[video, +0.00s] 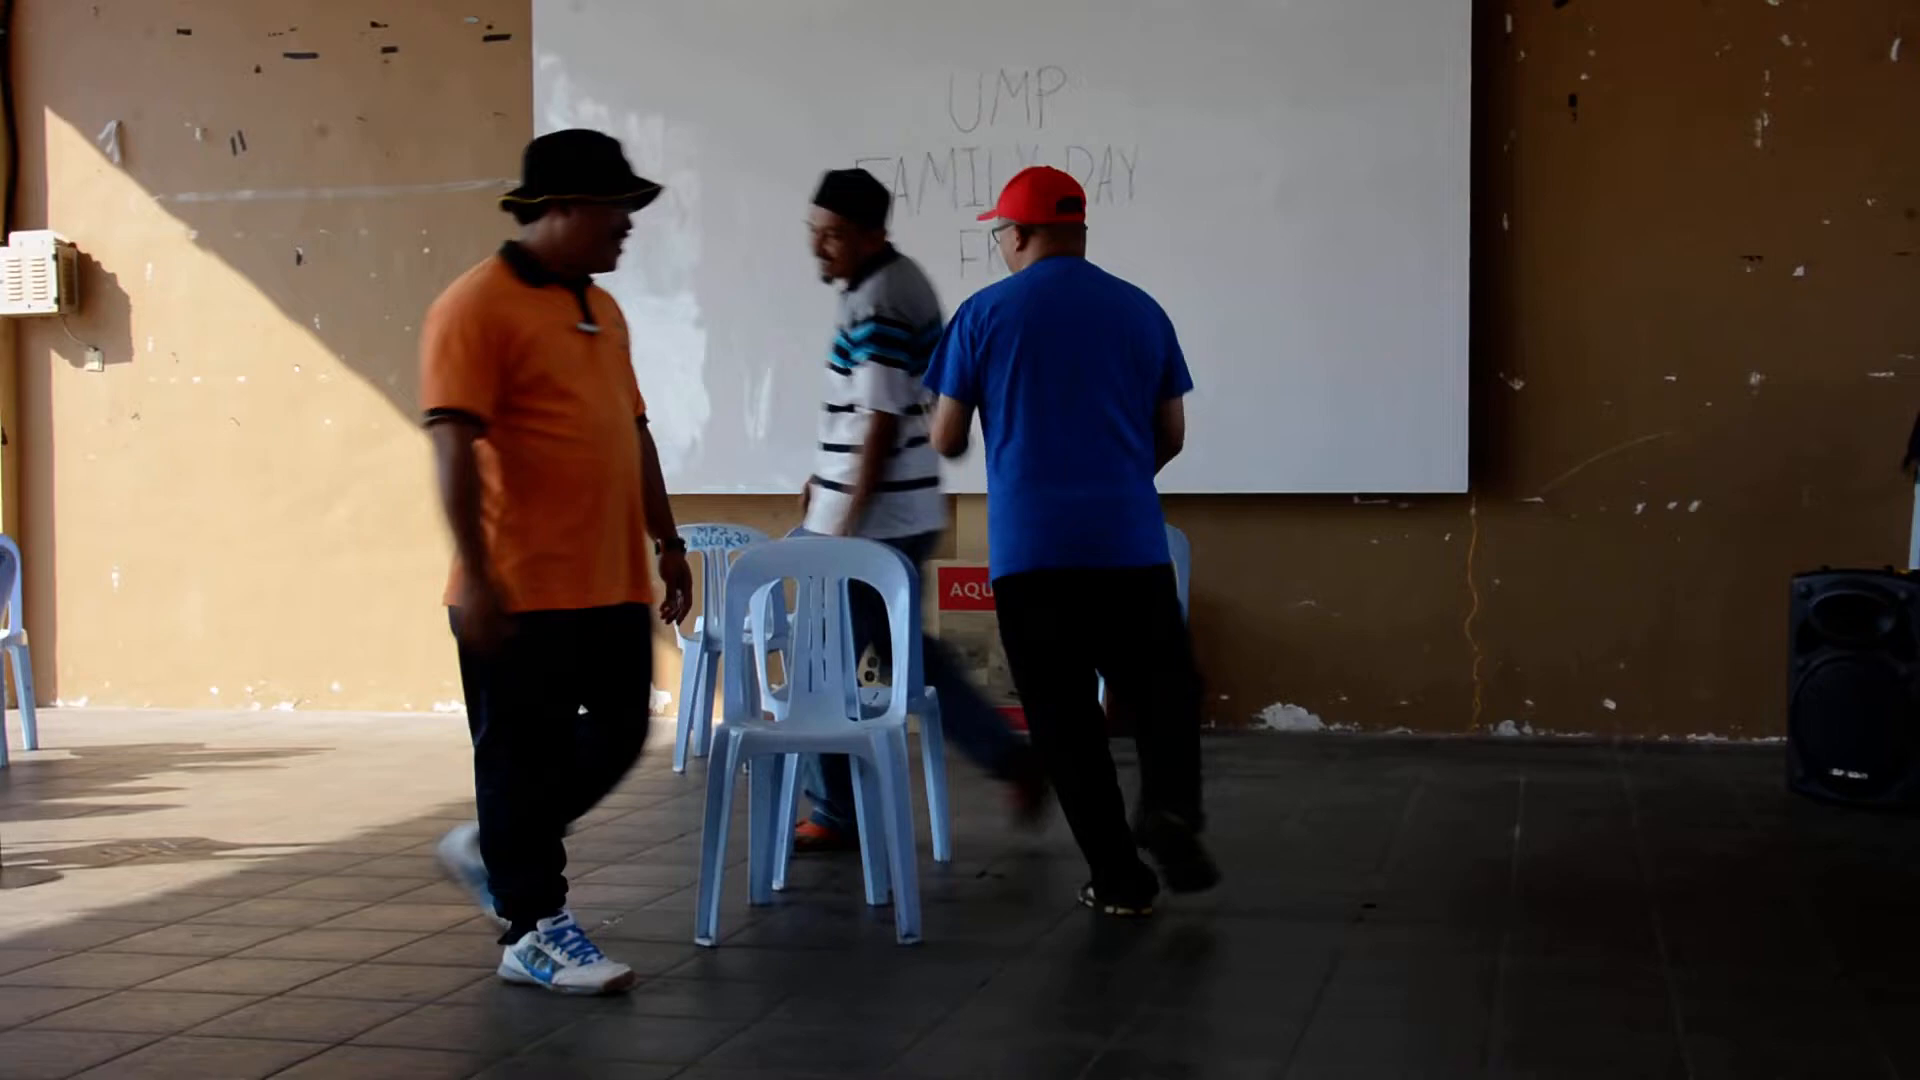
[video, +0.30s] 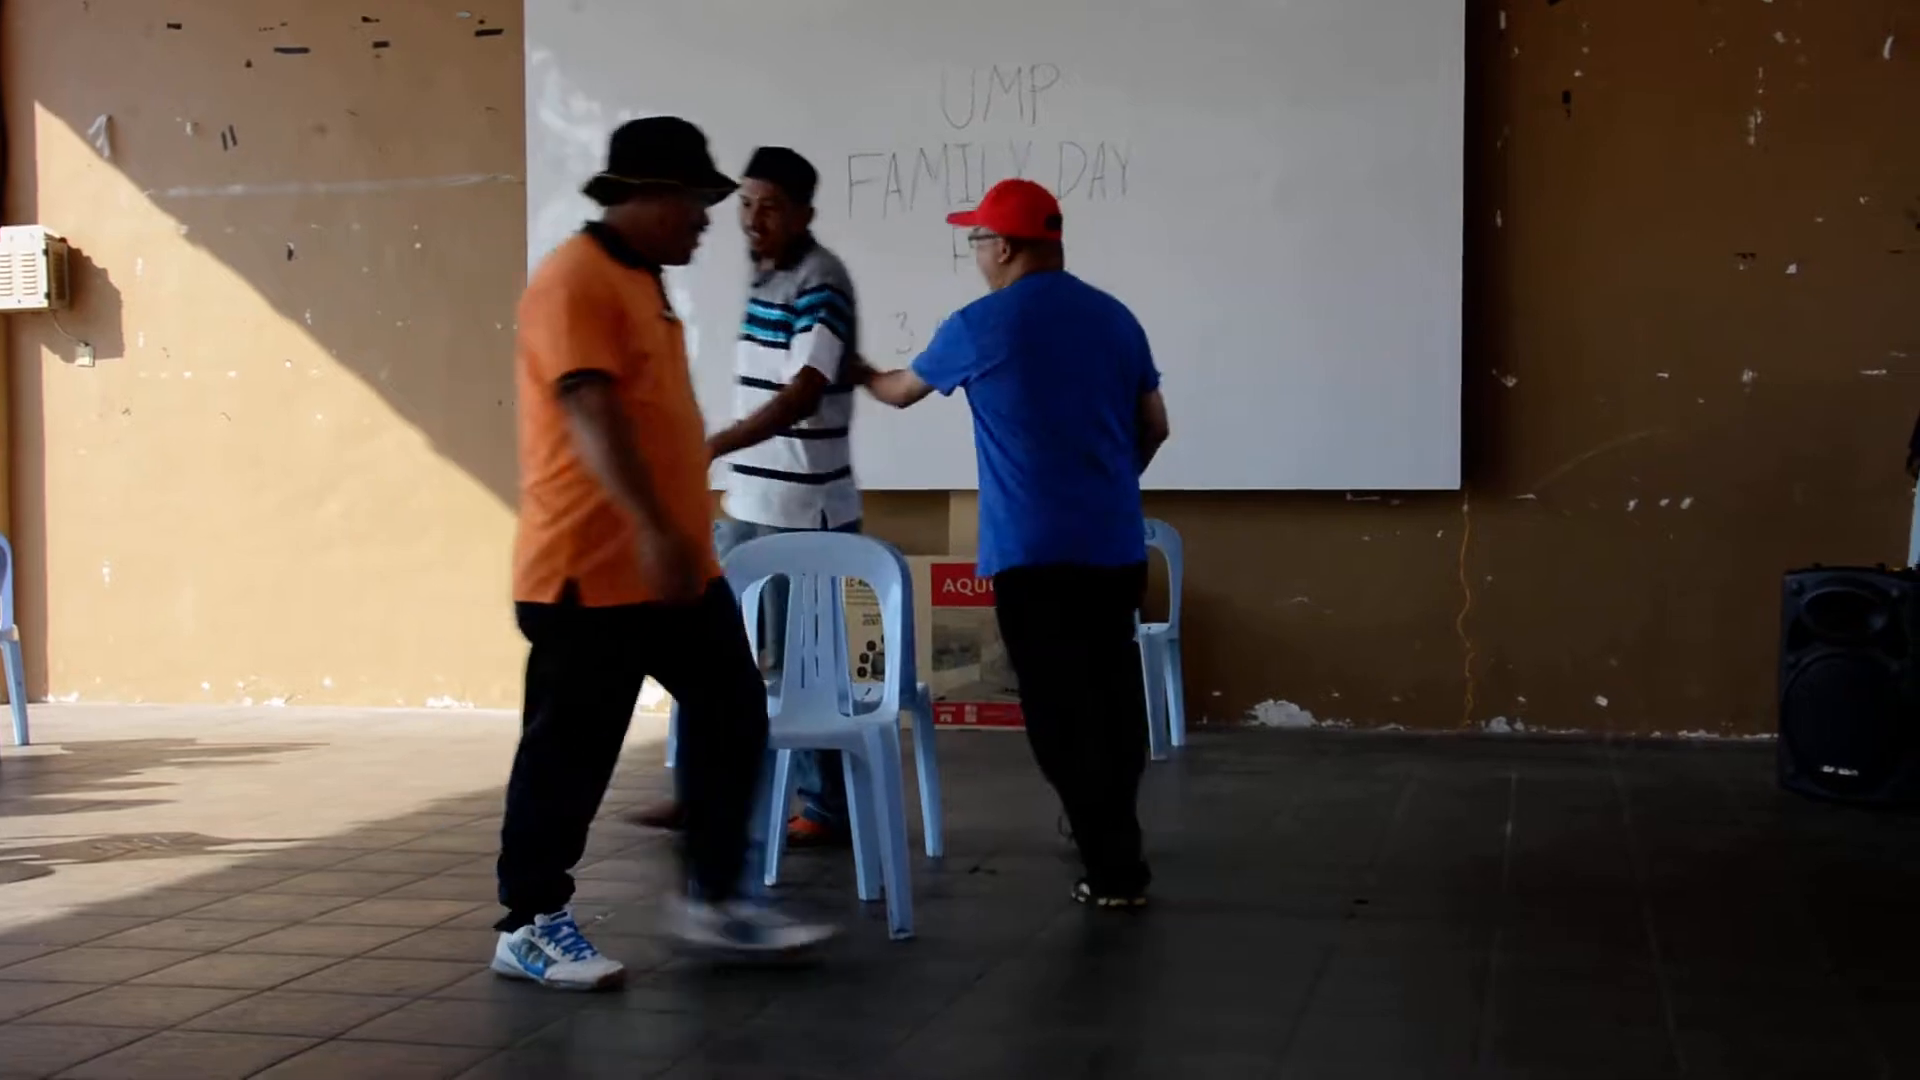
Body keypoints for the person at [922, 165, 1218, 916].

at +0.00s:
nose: (999, 248)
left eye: (1002, 235)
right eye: (1001, 236)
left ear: (1020, 236)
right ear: (1080, 232)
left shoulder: (984, 313)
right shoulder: (1140, 309)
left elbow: (945, 440)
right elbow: (1169, 436)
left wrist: (961, 395)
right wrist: (1114, 472)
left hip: (1031, 555)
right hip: (1131, 552)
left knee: (1062, 723)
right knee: (1166, 690)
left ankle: (1118, 881)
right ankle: (1172, 825)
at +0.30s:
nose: (974, 255)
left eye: (980, 242)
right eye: (975, 242)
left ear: (1006, 248)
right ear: (1050, 244)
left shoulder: (984, 322)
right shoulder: (1116, 317)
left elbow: (901, 389)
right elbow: (1153, 427)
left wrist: (864, 373)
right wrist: (1106, 484)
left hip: (1031, 549)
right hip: (1115, 546)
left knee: (1056, 712)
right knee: (1113, 695)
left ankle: (1115, 873)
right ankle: (1112, 846)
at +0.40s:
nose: (963, 260)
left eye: (970, 247)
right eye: (964, 247)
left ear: (1000, 253)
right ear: (1036, 250)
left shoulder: (975, 323)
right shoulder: (1099, 317)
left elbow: (882, 391)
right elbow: (1134, 425)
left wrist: (827, 381)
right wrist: (1087, 478)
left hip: (1021, 547)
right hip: (1107, 542)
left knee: (1044, 700)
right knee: (1110, 684)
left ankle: (1111, 844)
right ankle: (1107, 825)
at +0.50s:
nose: (950, 258)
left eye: (959, 247)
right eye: (952, 246)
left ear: (994, 251)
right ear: (1015, 250)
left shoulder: (967, 317)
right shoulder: (1081, 314)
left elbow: (869, 385)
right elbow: (1106, 420)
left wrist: (799, 385)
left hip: (1013, 536)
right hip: (1099, 531)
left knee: (1009, 681)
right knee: (1105, 677)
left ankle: (1087, 803)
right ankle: (1109, 824)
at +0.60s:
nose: (936, 256)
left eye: (945, 244)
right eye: (936, 243)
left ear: (983, 248)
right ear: (1003, 248)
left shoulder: (960, 311)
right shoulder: (1058, 309)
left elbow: (857, 373)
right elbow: (1025, 419)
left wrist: (785, 382)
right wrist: (967, 492)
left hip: (999, 531)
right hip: (1081, 528)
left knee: (978, 668)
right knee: (1096, 681)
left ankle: (1037, 808)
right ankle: (1105, 829)